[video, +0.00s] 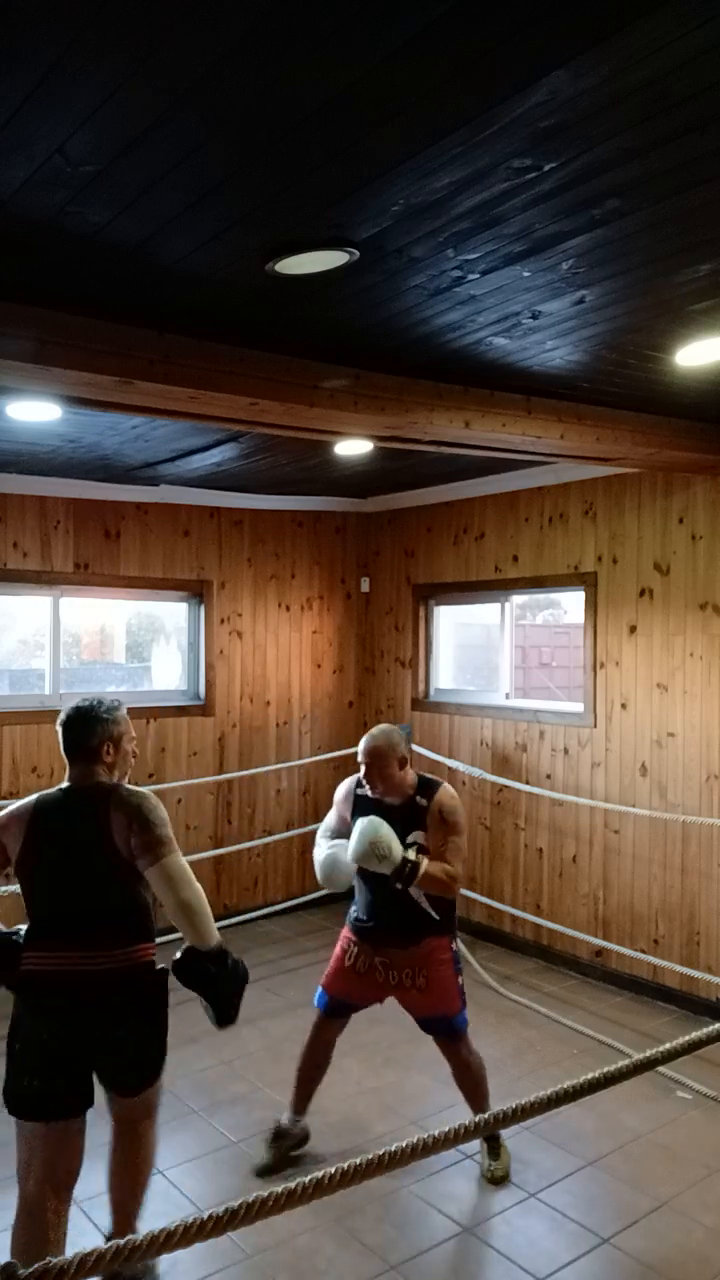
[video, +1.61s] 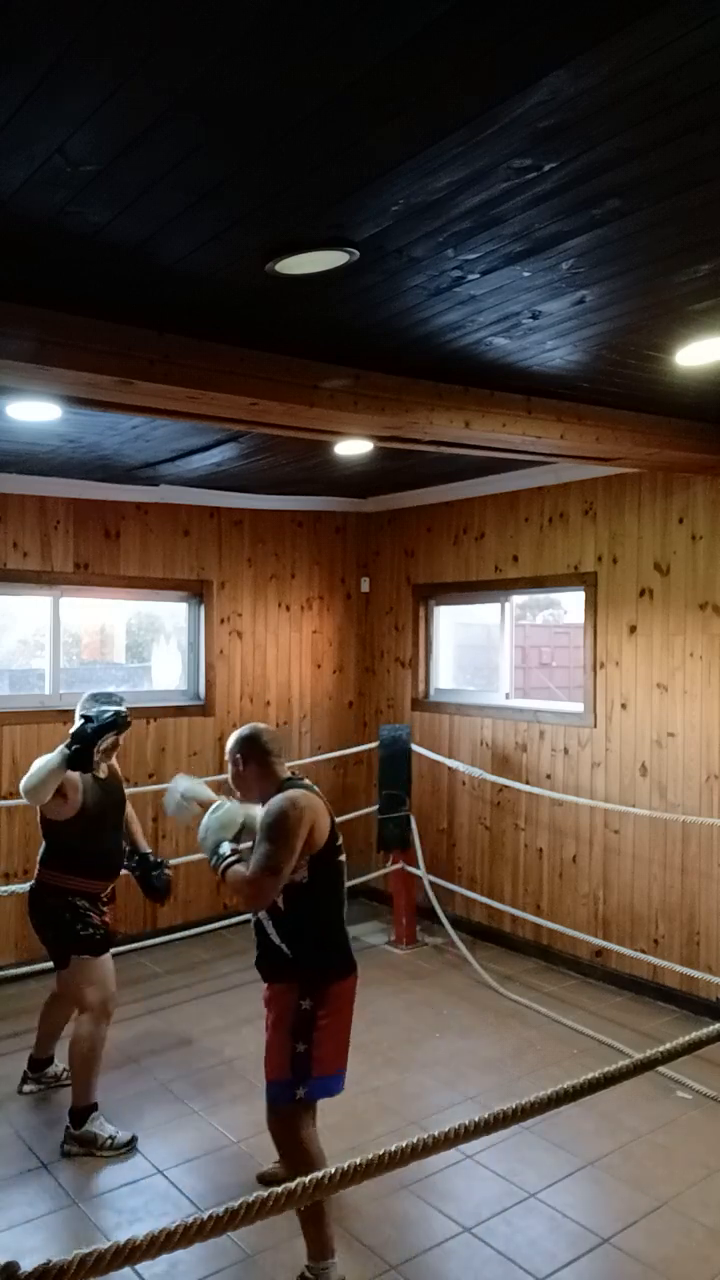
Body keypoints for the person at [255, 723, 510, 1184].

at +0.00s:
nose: (367, 777)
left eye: (375, 769)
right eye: (362, 768)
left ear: (405, 763)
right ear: (360, 762)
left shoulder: (443, 802)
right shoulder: (351, 791)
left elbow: (452, 880)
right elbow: (327, 841)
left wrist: (399, 862)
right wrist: (333, 861)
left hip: (426, 943)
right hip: (363, 936)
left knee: (455, 1045)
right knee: (325, 1025)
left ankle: (490, 1135)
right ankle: (293, 1124)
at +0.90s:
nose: (299, 774)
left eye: (303, 763)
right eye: (298, 764)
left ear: (327, 758)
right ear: (335, 753)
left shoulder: (372, 805)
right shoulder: (349, 798)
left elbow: (360, 891)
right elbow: (351, 859)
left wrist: (308, 871)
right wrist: (319, 848)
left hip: (396, 964)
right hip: (351, 955)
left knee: (403, 1087)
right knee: (318, 1038)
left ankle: (453, 1212)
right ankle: (332, 1147)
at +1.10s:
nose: (289, 771)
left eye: (293, 761)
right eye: (288, 762)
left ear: (314, 759)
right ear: (334, 753)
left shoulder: (332, 806)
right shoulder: (363, 791)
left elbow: (275, 880)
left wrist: (255, 842)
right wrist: (288, 829)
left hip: (357, 974)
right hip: (339, 962)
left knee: (353, 1109)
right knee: (299, 1038)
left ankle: (423, 1237)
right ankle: (315, 1158)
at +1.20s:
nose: (278, 775)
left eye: (282, 764)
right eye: (279, 765)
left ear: (300, 764)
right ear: (327, 758)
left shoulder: (313, 812)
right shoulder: (355, 800)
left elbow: (244, 861)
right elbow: (284, 845)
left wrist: (231, 813)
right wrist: (262, 810)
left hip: (346, 984)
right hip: (326, 970)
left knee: (368, 1120)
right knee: (276, 1033)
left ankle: (434, 1251)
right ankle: (295, 1148)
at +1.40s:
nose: (248, 771)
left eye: (254, 762)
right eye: (249, 763)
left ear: (282, 760)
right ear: (285, 758)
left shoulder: (311, 799)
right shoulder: (283, 797)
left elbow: (266, 877)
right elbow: (208, 772)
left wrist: (242, 828)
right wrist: (159, 732)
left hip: (335, 972)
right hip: (305, 966)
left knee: (315, 1112)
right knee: (289, 1060)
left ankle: (349, 1252)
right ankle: (303, 1154)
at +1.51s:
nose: (239, 778)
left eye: (241, 768)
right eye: (239, 769)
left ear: (259, 764)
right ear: (276, 757)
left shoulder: (303, 801)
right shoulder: (278, 799)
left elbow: (267, 880)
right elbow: (197, 771)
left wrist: (236, 842)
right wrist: (146, 735)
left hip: (326, 977)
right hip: (298, 969)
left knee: (300, 1118)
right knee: (288, 1073)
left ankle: (320, 1260)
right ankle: (299, 1158)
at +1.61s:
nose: (230, 778)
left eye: (231, 768)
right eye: (229, 769)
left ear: (246, 764)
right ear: (270, 756)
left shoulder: (290, 807)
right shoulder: (292, 798)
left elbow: (256, 891)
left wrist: (225, 861)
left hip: (309, 984)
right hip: (301, 977)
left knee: (292, 1123)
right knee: (292, 1088)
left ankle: (321, 1263)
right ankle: (294, 1164)